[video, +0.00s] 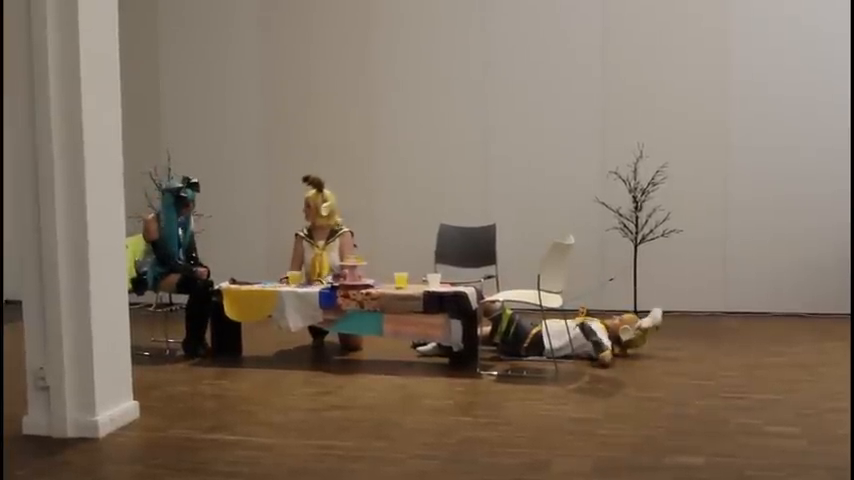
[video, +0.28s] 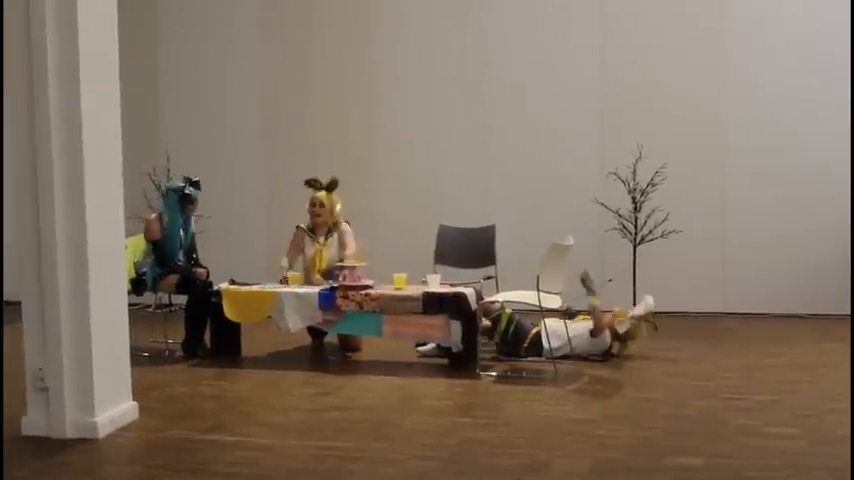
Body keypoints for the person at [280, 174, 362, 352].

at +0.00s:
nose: (304, 212)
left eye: (308, 208)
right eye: (305, 207)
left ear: (321, 210)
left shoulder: (343, 234)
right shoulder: (302, 236)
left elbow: (347, 267)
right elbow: (295, 269)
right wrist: (290, 282)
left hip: (339, 291)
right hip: (311, 293)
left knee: (353, 344)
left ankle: (346, 334)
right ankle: (317, 338)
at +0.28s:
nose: (315, 209)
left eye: (321, 205)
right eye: (312, 205)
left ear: (332, 209)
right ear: (308, 207)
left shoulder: (342, 229)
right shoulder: (302, 231)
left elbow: (348, 258)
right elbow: (289, 259)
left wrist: (335, 273)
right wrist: (285, 275)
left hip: (339, 291)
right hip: (309, 293)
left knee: (353, 345)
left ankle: (344, 339)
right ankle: (317, 340)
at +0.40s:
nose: (315, 207)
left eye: (321, 204)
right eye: (313, 203)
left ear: (332, 207)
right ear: (311, 205)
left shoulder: (338, 228)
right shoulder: (305, 225)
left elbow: (351, 226)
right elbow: (273, 224)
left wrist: (353, 223)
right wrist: (283, 247)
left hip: (339, 288)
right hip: (310, 288)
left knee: (354, 345)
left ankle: (344, 338)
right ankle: (317, 338)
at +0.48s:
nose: (311, 207)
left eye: (316, 203)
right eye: (311, 203)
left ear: (330, 207)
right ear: (311, 205)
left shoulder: (341, 227)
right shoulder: (308, 223)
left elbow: (353, 202)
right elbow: (286, 195)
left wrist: (350, 197)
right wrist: (283, 208)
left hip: (339, 293)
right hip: (311, 293)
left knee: (352, 345)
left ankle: (344, 340)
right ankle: (317, 341)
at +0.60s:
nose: (308, 208)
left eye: (313, 204)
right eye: (308, 203)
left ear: (326, 207)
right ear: (308, 206)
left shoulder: (337, 229)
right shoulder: (308, 226)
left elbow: (344, 193)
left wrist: (351, 162)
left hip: (336, 298)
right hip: (308, 298)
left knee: (350, 345)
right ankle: (318, 335)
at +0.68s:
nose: (306, 208)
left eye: (311, 203)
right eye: (306, 203)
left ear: (324, 207)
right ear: (306, 207)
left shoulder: (337, 231)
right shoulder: (305, 230)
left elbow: (349, 193)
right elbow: (297, 203)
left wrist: (361, 165)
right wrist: (295, 175)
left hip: (337, 298)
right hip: (310, 299)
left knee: (352, 345)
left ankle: (345, 334)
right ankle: (317, 338)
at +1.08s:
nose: (315, 216)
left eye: (320, 211)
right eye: (311, 211)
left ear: (328, 214)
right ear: (304, 214)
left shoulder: (336, 233)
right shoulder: (303, 236)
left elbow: (357, 205)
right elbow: (283, 204)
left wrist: (382, 184)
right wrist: (280, 177)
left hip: (339, 296)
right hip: (310, 297)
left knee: (351, 346)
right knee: (295, 300)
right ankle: (316, 339)